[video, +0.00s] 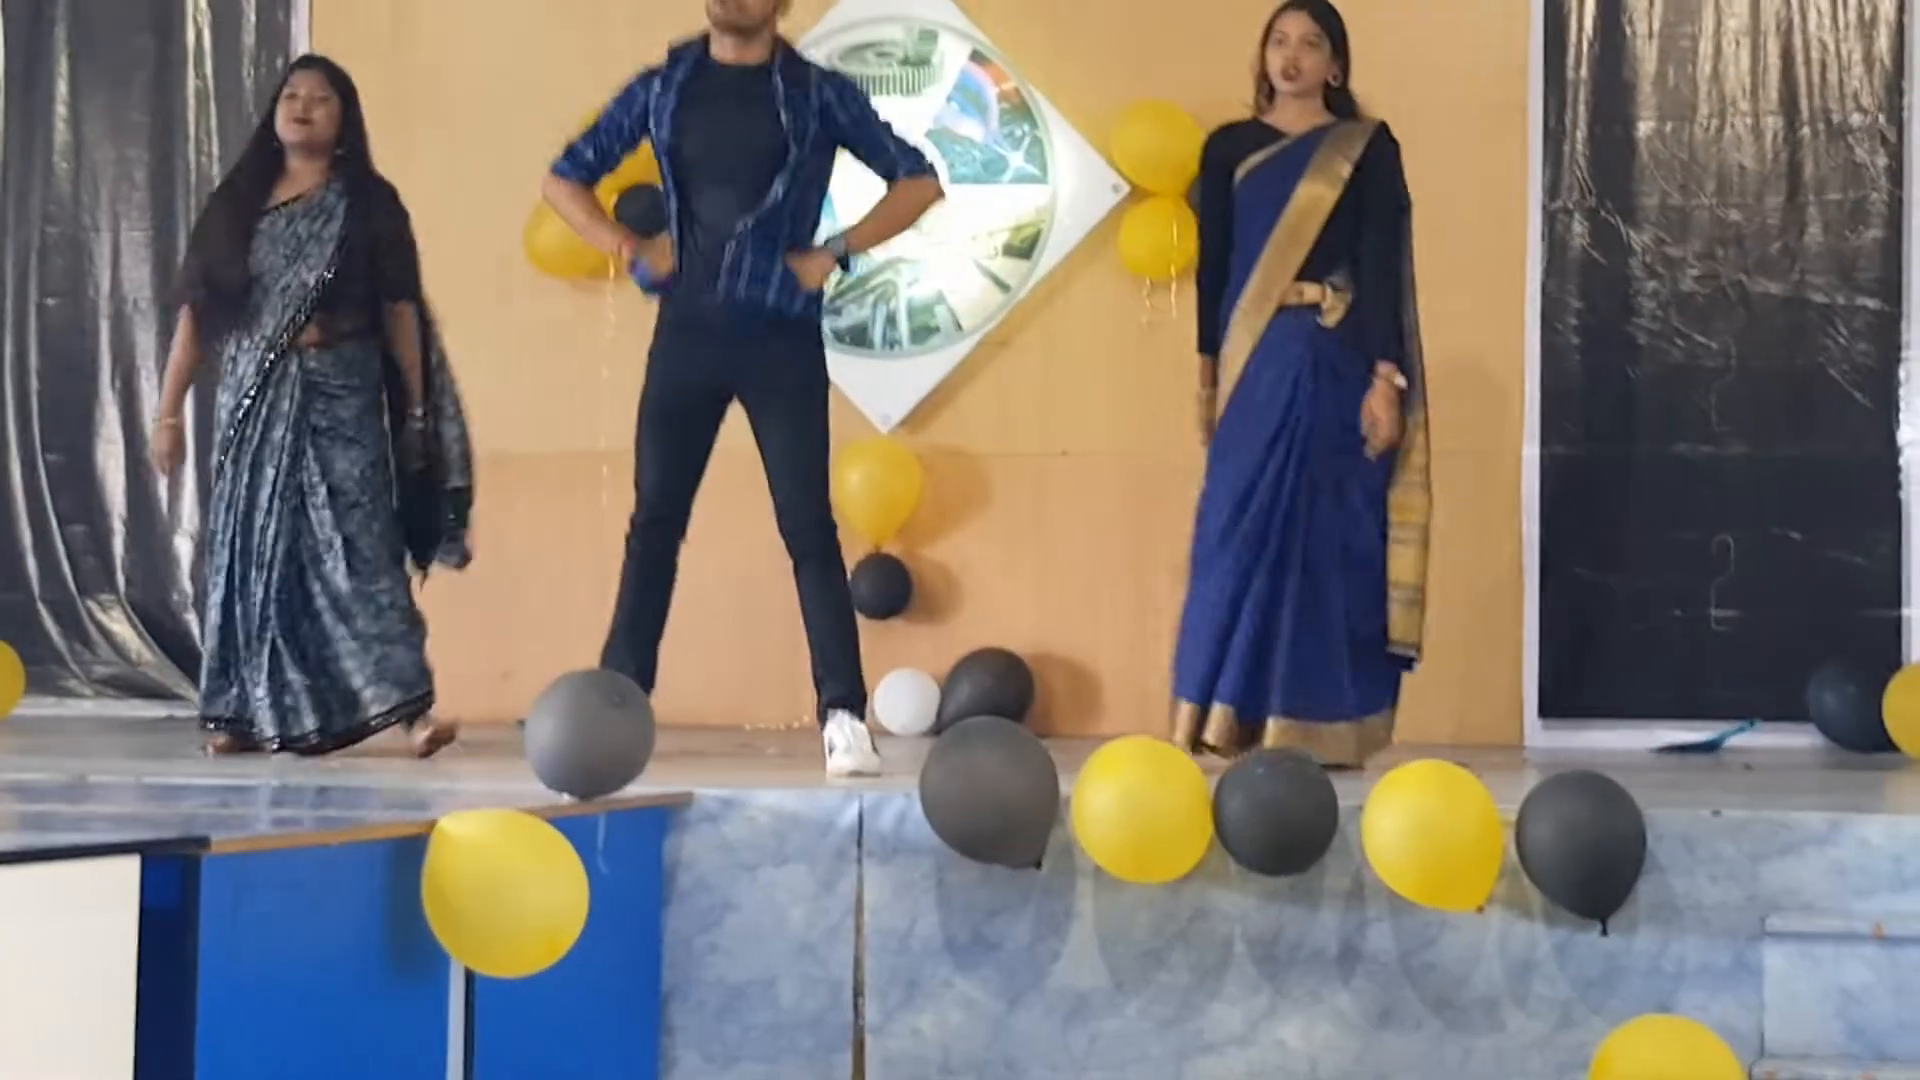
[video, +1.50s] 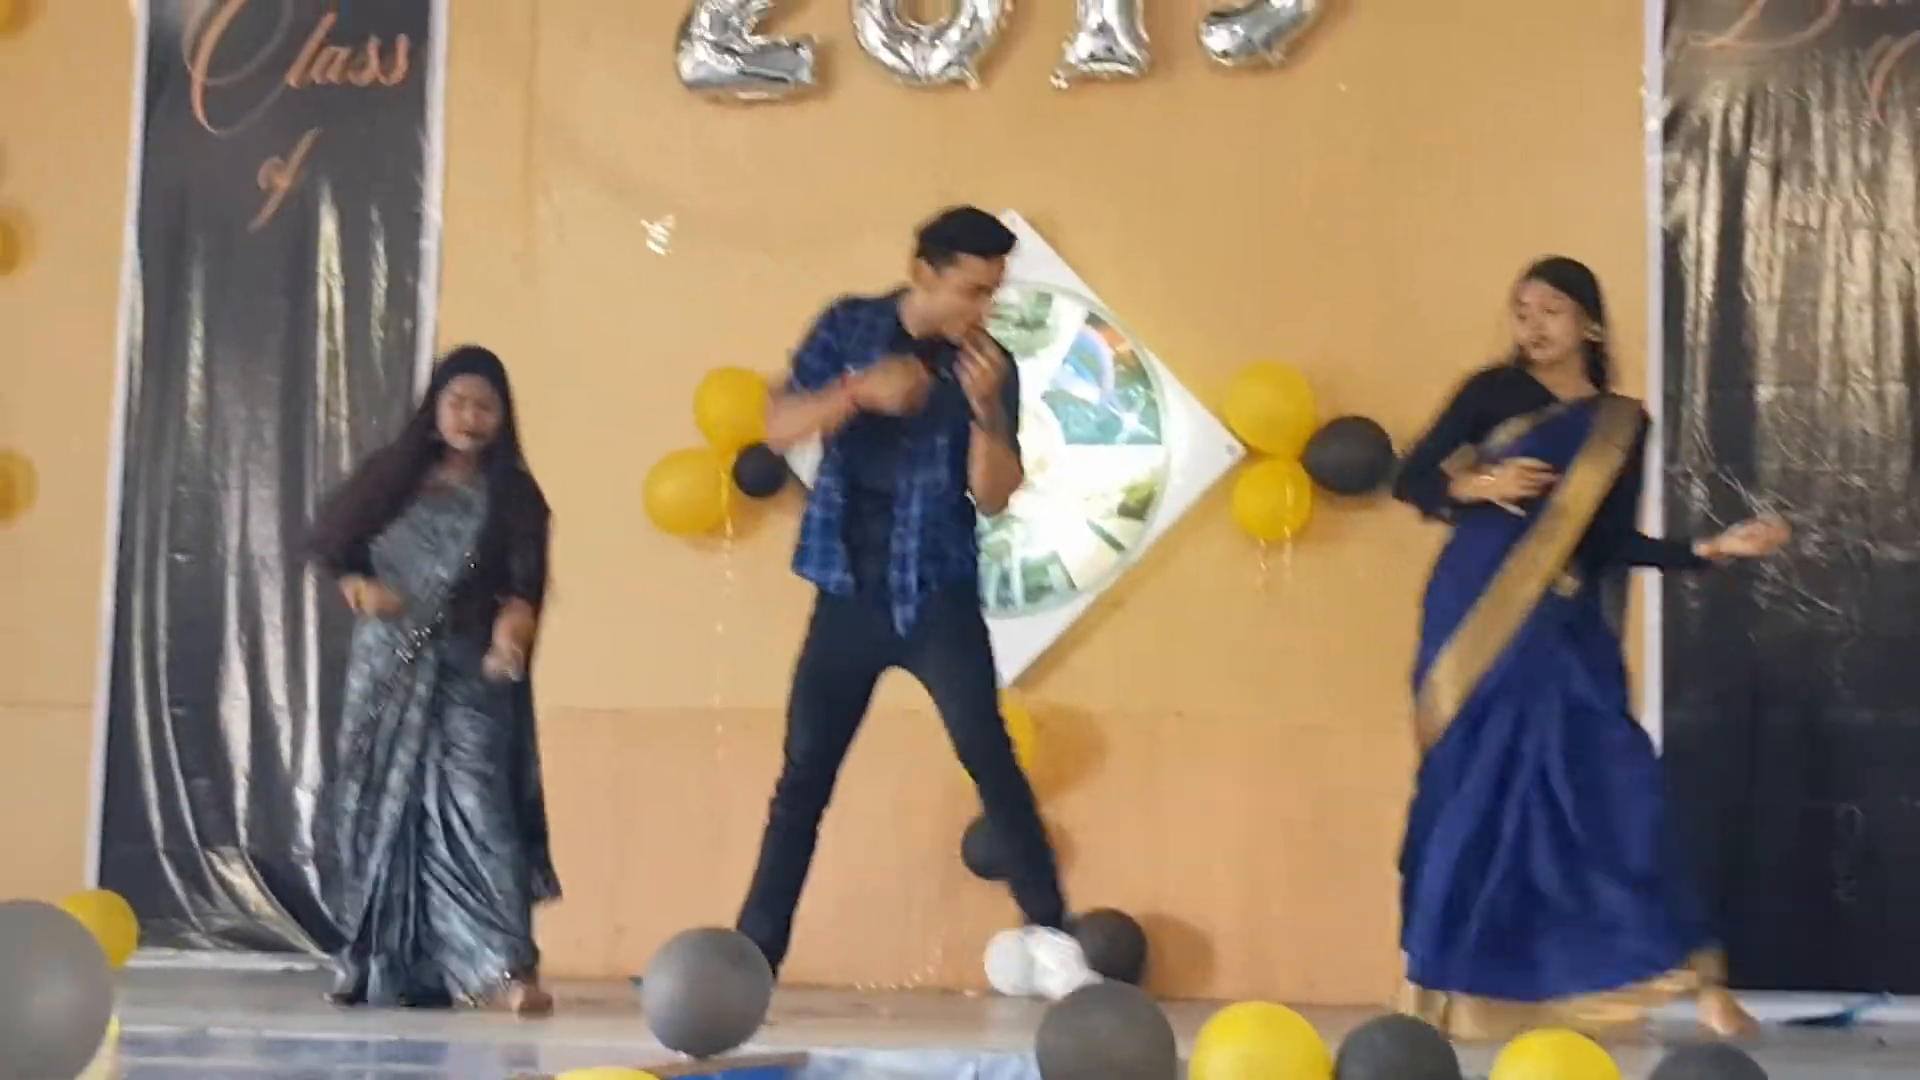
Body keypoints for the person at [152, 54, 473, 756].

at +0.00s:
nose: (302, 108)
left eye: (319, 99)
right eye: (291, 98)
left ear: (345, 116)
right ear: (272, 113)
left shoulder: (372, 200)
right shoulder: (237, 199)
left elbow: (401, 310)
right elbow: (197, 311)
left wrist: (418, 410)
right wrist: (168, 412)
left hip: (341, 396)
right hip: (253, 396)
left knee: (363, 543)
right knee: (246, 548)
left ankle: (415, 708)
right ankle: (238, 713)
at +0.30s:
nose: (292, 133)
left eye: (307, 123)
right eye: (281, 122)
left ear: (332, 137)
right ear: (261, 134)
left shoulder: (358, 220)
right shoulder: (230, 218)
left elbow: (380, 333)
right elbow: (177, 307)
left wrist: (391, 433)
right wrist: (139, 386)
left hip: (327, 415)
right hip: (242, 416)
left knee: (327, 570)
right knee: (235, 565)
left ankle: (337, 727)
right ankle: (228, 732)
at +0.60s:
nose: (297, 159)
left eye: (313, 148)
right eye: (287, 147)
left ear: (342, 159)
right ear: (272, 160)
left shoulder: (370, 241)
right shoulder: (250, 244)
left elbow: (401, 336)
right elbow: (216, 357)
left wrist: (384, 408)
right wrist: (194, 452)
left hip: (337, 437)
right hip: (255, 435)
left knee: (337, 593)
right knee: (237, 583)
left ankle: (343, 759)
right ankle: (213, 751)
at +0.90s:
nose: (284, 236)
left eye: (300, 225)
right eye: (271, 223)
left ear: (323, 237)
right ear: (254, 232)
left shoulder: (350, 314)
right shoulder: (227, 315)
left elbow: (381, 417)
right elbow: (195, 429)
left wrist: (371, 496)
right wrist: (152, 517)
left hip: (324, 504)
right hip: (246, 506)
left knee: (330, 656)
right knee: (247, 655)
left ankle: (345, 824)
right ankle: (251, 826)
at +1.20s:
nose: (326, 350)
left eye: (341, 339)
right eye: (314, 335)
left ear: (356, 346)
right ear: (288, 337)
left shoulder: (376, 415)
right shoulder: (255, 408)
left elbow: (401, 513)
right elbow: (215, 483)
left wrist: (381, 583)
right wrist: (222, 543)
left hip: (351, 605)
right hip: (271, 603)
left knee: (344, 760)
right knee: (265, 757)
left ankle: (346, 920)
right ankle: (267, 918)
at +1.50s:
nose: (467, 414)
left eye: (482, 404)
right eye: (456, 400)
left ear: (502, 415)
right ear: (434, 404)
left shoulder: (515, 493)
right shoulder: (392, 471)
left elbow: (526, 579)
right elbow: (328, 538)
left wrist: (509, 636)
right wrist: (355, 583)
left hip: (470, 672)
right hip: (388, 668)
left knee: (480, 811)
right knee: (385, 809)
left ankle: (506, 969)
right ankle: (378, 963)